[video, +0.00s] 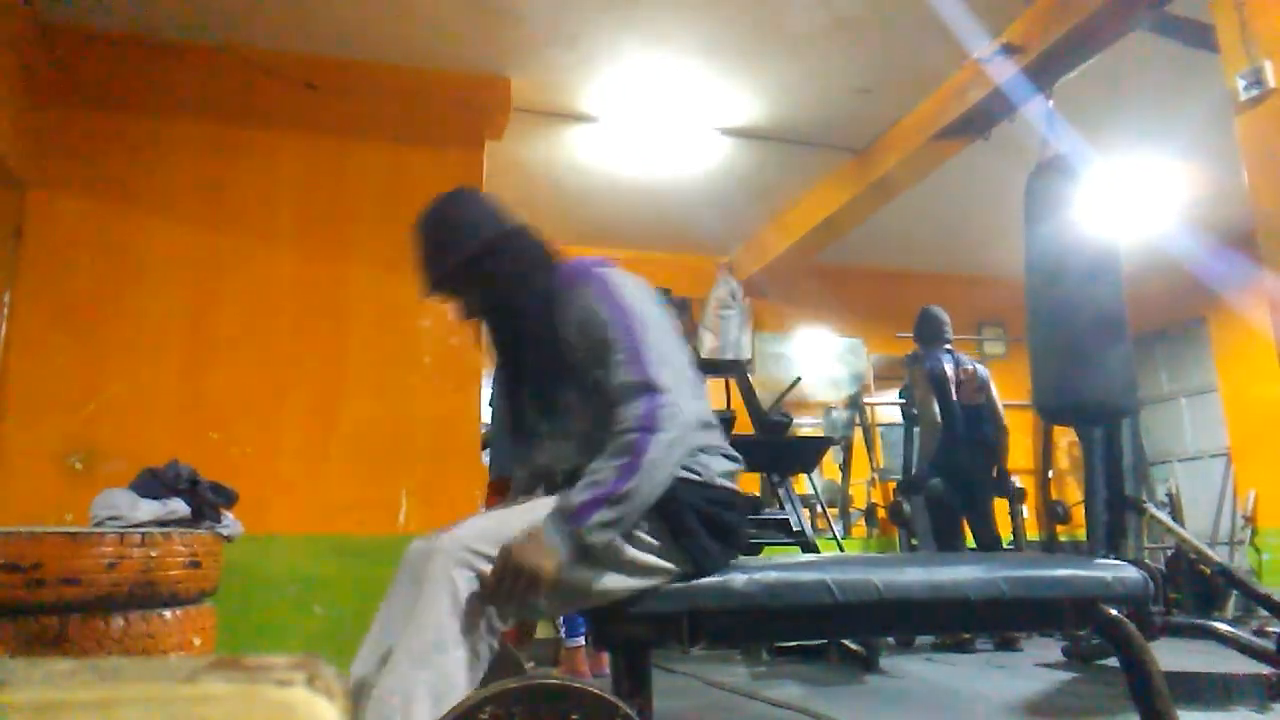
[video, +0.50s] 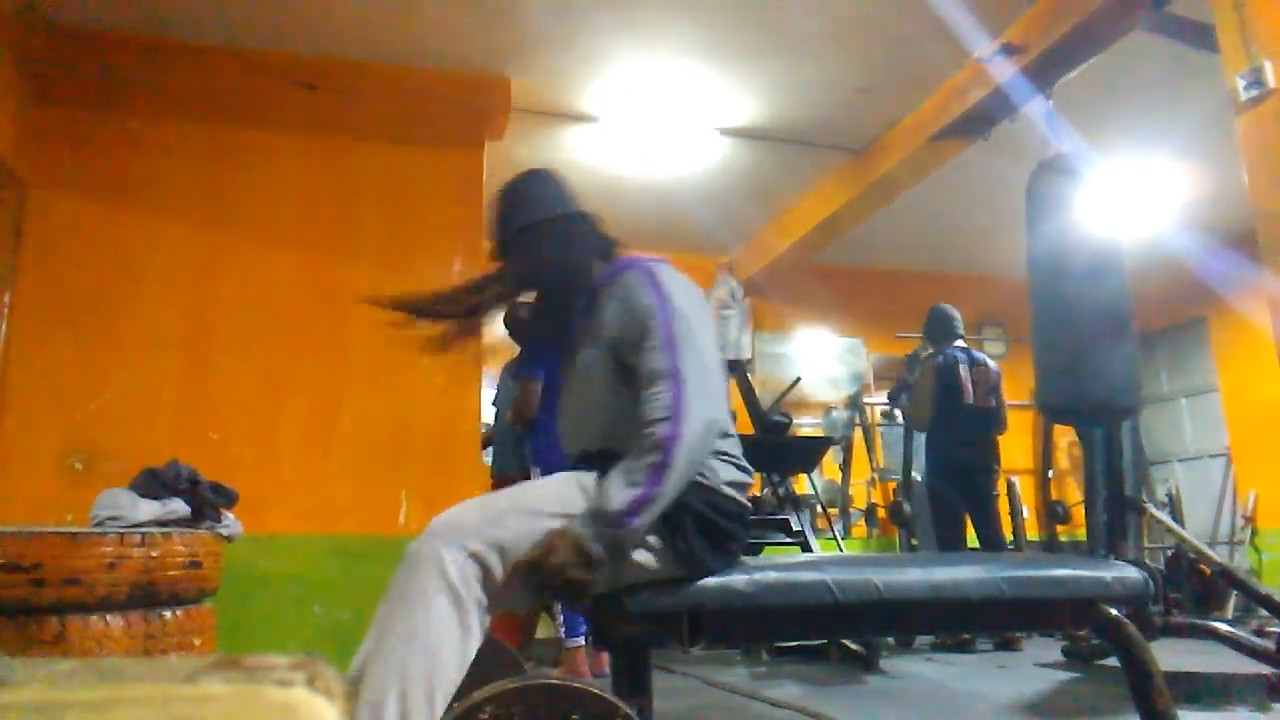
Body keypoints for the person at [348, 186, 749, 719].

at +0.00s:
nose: (464, 309)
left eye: (463, 288)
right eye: (453, 294)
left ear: (493, 262)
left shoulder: (598, 290)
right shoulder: (522, 333)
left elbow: (660, 421)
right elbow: (524, 466)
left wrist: (559, 534)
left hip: (675, 510)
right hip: (608, 508)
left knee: (459, 560)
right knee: (427, 557)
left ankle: (398, 715)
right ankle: (363, 711)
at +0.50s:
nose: (536, 279)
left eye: (539, 259)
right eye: (527, 265)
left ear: (566, 241)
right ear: (525, 262)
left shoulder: (647, 283)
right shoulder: (569, 317)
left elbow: (687, 420)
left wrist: (593, 536)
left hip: (681, 503)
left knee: (451, 548)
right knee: (449, 552)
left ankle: (376, 711)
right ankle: (361, 706)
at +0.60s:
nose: (560, 265)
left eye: (568, 245)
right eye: (556, 250)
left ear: (600, 234)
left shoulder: (692, 286)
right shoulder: (592, 320)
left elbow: (722, 415)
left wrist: (639, 505)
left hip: (688, 508)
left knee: (470, 505)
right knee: (450, 568)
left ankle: (389, 708)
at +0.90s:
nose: (668, 250)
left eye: (680, 234)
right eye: (666, 237)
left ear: (720, 230)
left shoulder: (774, 308)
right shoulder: (679, 320)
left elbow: (787, 432)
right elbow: (650, 428)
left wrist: (664, 469)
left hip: (720, 509)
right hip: (656, 509)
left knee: (531, 394)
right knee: (446, 536)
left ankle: (500, 650)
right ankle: (373, 704)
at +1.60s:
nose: (686, 235)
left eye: (701, 221)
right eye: (685, 224)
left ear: (742, 227)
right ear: (690, 232)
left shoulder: (789, 315)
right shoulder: (693, 316)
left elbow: (808, 447)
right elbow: (666, 423)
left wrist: (711, 503)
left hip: (727, 501)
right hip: (661, 478)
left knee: (556, 434)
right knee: (479, 432)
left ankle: (587, 689)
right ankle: (465, 643)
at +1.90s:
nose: (665, 247)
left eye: (677, 231)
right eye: (663, 235)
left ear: (722, 227)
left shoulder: (779, 307)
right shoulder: (684, 322)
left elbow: (805, 441)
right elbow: (663, 426)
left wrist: (701, 501)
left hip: (721, 495)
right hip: (653, 481)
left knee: (533, 461)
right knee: (463, 480)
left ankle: (594, 702)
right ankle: (529, 690)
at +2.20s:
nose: (566, 264)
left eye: (571, 244)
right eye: (561, 248)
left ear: (602, 229)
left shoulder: (693, 289)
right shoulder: (603, 319)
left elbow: (729, 428)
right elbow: (601, 450)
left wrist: (650, 511)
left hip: (695, 503)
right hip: (627, 497)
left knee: (483, 534)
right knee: (443, 534)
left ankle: (534, 709)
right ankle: (485, 706)